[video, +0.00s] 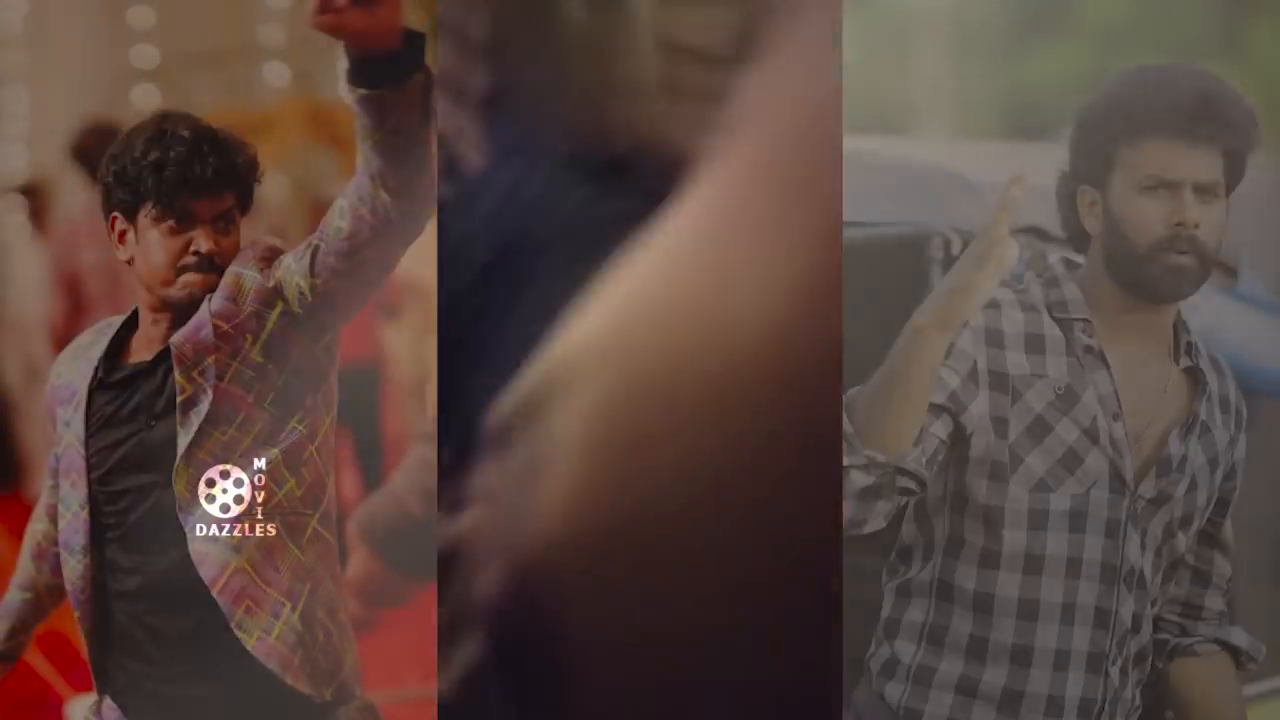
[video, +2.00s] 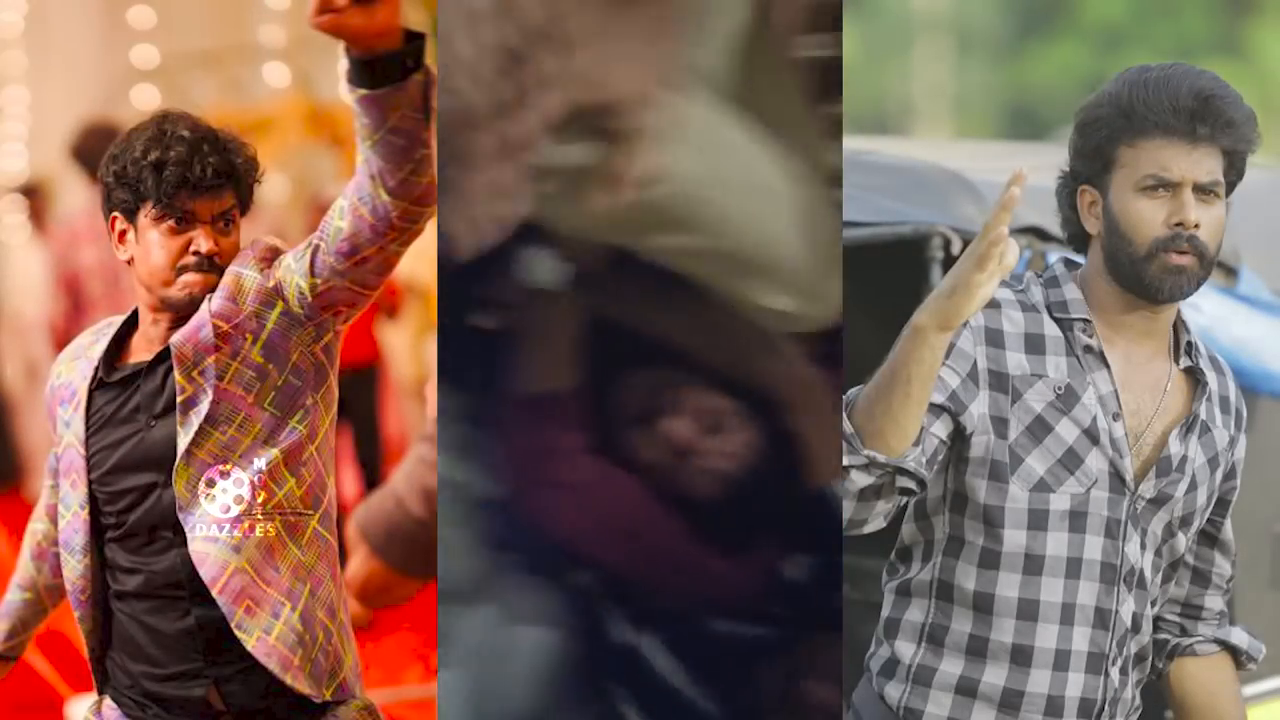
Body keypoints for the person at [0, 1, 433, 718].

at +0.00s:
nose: (205, 245)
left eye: (223, 223)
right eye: (178, 222)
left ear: (243, 230)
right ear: (122, 236)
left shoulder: (283, 315)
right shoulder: (76, 371)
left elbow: (393, 198)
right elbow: (56, 525)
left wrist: (380, 52)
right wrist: (7, 637)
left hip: (284, 698)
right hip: (136, 702)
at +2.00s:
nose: (206, 245)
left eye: (224, 222)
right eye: (179, 222)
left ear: (243, 230)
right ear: (122, 237)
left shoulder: (287, 312)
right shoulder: (76, 373)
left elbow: (393, 201)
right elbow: (56, 524)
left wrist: (380, 53)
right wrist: (8, 633)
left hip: (291, 700)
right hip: (140, 705)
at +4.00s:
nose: (206, 245)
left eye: (224, 223)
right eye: (179, 222)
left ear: (243, 230)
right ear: (122, 237)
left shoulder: (288, 312)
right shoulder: (76, 373)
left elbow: (395, 199)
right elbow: (56, 524)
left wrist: (380, 52)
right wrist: (8, 633)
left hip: (291, 700)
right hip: (140, 705)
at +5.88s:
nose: (206, 245)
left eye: (223, 222)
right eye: (179, 222)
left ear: (242, 230)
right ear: (123, 236)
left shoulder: (286, 313)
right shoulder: (76, 373)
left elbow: (393, 201)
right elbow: (56, 524)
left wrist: (380, 52)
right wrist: (8, 634)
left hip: (290, 700)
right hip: (139, 705)